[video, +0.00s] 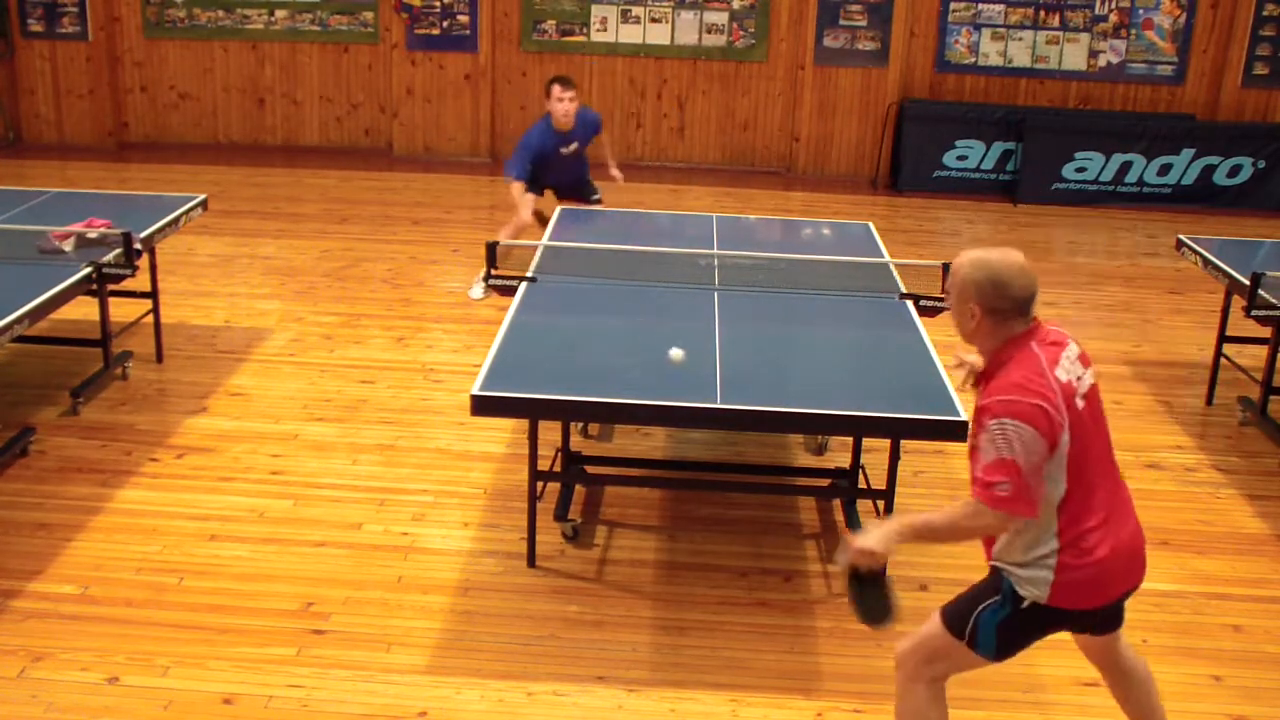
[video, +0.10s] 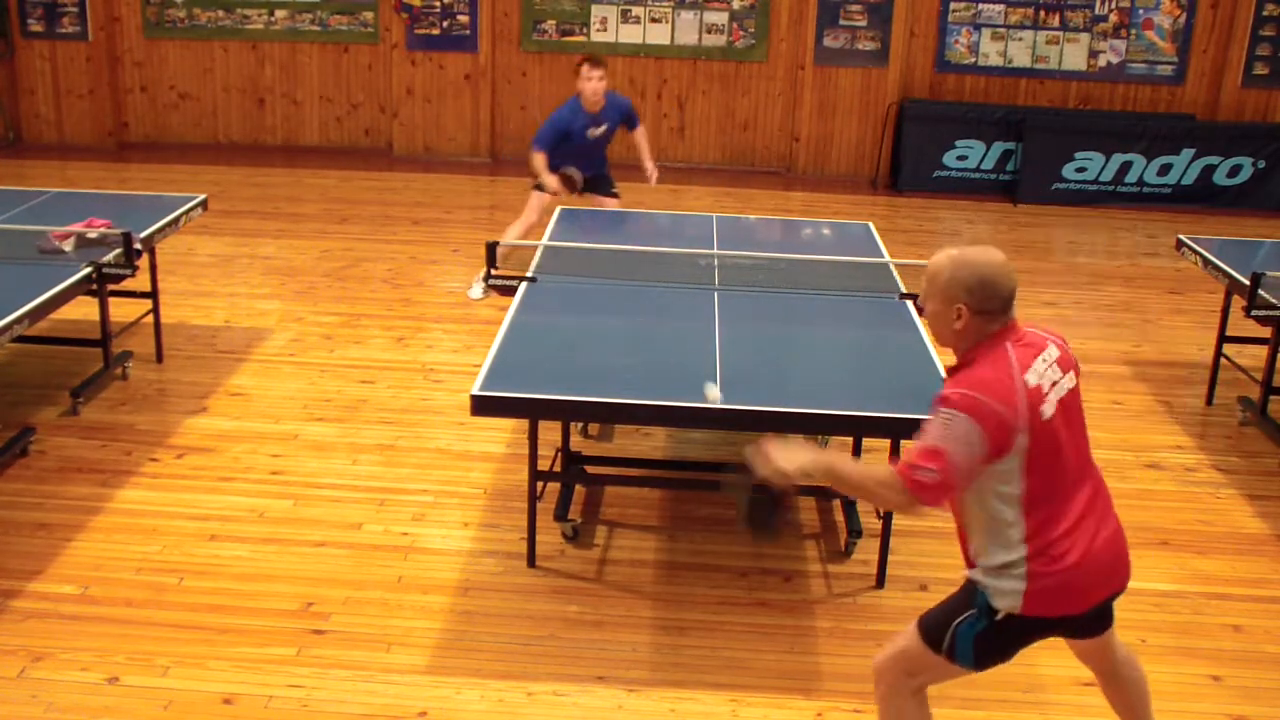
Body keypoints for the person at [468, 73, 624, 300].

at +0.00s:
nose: (566, 107)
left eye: (571, 100)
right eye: (560, 101)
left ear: (578, 102)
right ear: (548, 104)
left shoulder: (589, 120)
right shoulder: (537, 136)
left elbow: (601, 138)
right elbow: (516, 180)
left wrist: (611, 165)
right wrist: (525, 211)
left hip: (574, 177)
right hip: (539, 178)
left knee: (599, 220)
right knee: (524, 219)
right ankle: (487, 273)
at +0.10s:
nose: (594, 86)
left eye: (600, 80)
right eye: (588, 80)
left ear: (607, 82)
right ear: (578, 83)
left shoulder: (619, 105)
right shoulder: (567, 114)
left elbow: (636, 128)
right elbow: (537, 150)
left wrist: (647, 160)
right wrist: (546, 176)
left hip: (596, 170)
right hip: (561, 170)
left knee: (614, 220)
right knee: (531, 218)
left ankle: (612, 279)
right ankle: (489, 271)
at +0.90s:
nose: (646, 41)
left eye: (652, 35)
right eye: (642, 35)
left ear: (665, 39)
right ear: (638, 40)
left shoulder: (687, 64)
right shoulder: (635, 75)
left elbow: (721, 84)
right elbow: (608, 104)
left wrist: (727, 100)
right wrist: (594, 93)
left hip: (695, 142)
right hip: (656, 145)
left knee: (722, 193)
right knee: (643, 195)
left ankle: (752, 235)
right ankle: (639, 246)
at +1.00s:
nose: (654, 21)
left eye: (659, 15)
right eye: (649, 16)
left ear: (669, 19)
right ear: (642, 20)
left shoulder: (690, 48)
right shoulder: (635, 56)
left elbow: (717, 73)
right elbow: (610, 89)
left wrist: (724, 98)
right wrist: (596, 85)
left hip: (690, 128)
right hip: (654, 130)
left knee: (709, 183)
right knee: (645, 183)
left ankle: (723, 227)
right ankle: (637, 235)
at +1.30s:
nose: (670, 21)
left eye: (675, 15)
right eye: (665, 15)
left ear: (682, 18)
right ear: (655, 18)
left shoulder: (696, 51)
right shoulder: (643, 50)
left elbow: (712, 83)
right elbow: (624, 77)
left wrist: (710, 104)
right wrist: (608, 86)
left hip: (682, 131)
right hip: (646, 130)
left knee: (691, 191)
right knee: (636, 188)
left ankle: (693, 239)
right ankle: (625, 239)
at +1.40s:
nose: (671, 16)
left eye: (675, 11)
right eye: (665, 11)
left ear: (682, 14)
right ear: (656, 14)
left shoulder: (696, 45)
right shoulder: (645, 43)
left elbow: (712, 78)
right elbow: (628, 70)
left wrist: (708, 99)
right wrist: (617, 83)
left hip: (681, 121)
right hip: (646, 119)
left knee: (687, 178)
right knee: (630, 172)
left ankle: (698, 227)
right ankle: (613, 223)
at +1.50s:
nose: (665, 12)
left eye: (670, 7)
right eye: (660, 7)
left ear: (677, 11)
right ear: (652, 11)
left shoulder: (693, 41)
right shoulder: (640, 39)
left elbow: (708, 73)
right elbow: (625, 68)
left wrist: (702, 95)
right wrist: (622, 87)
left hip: (677, 114)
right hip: (641, 112)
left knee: (687, 171)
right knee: (619, 162)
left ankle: (697, 222)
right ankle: (603, 208)